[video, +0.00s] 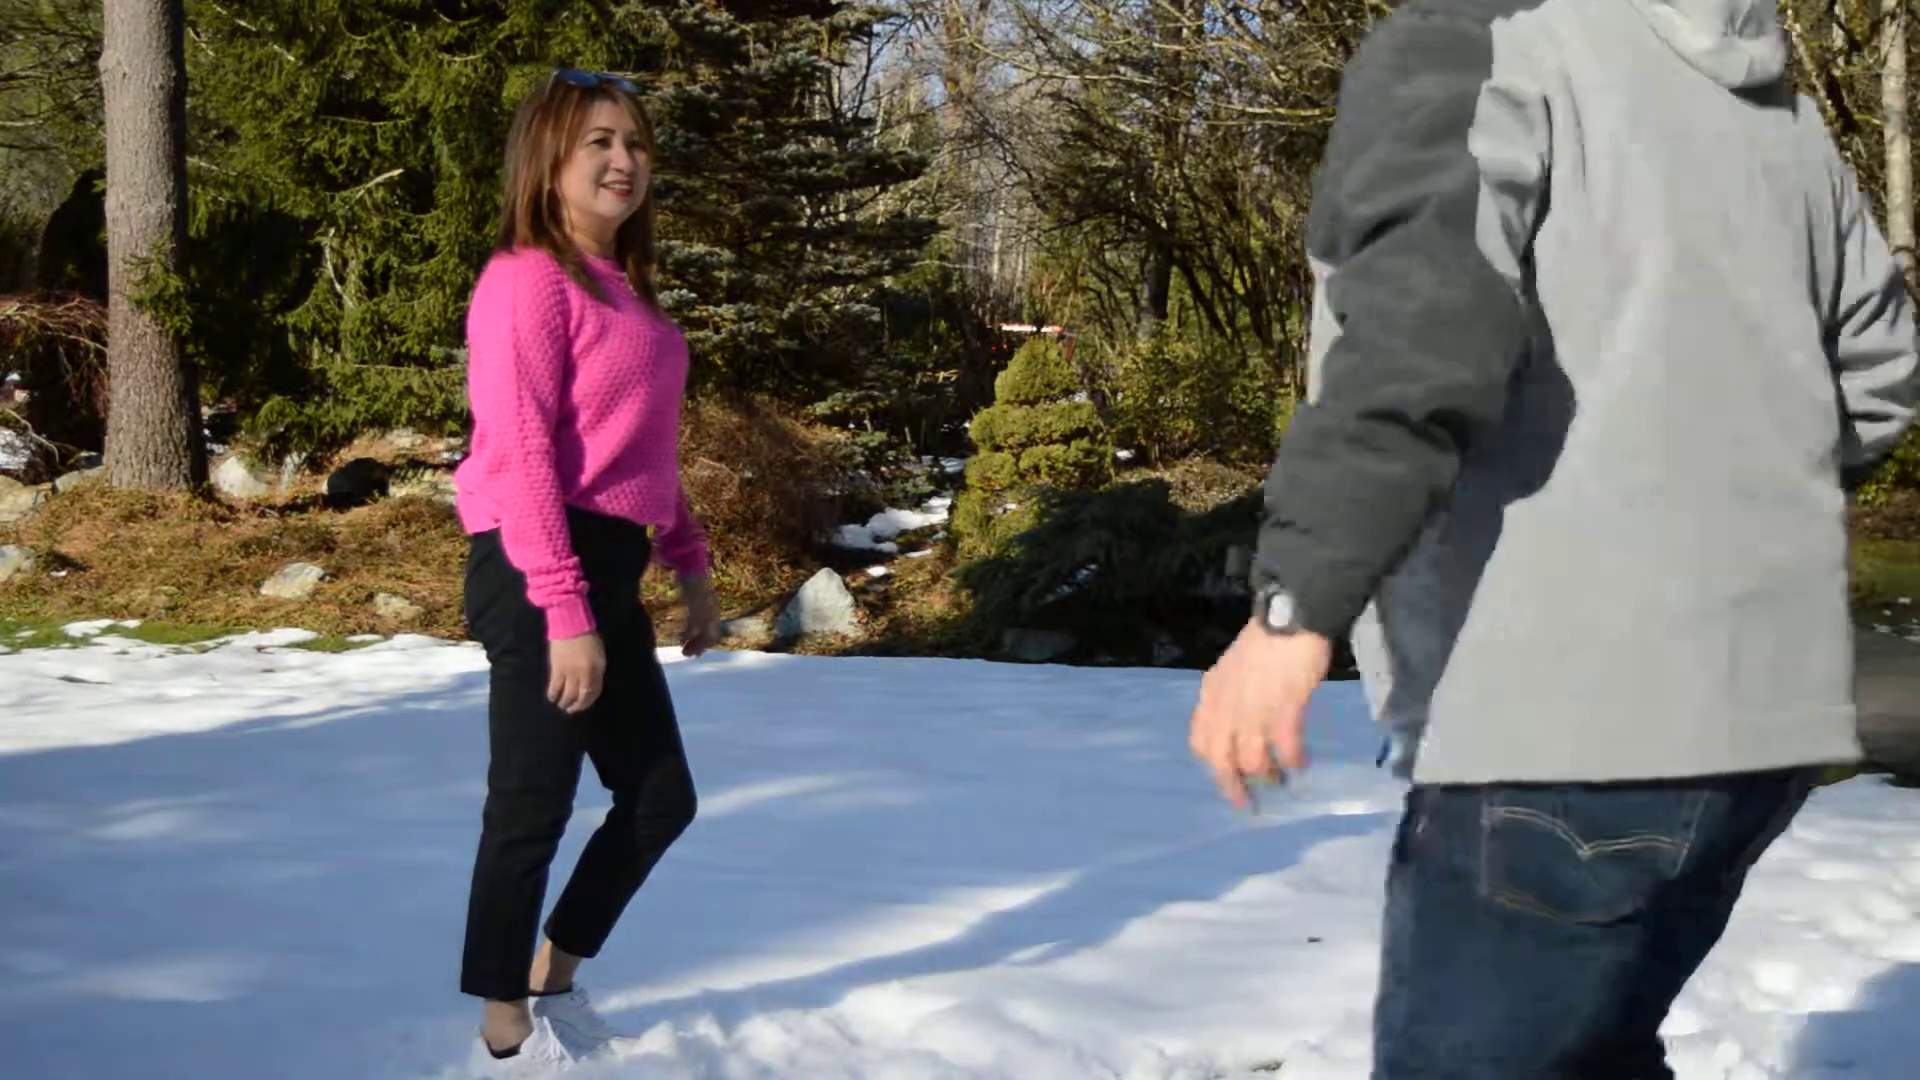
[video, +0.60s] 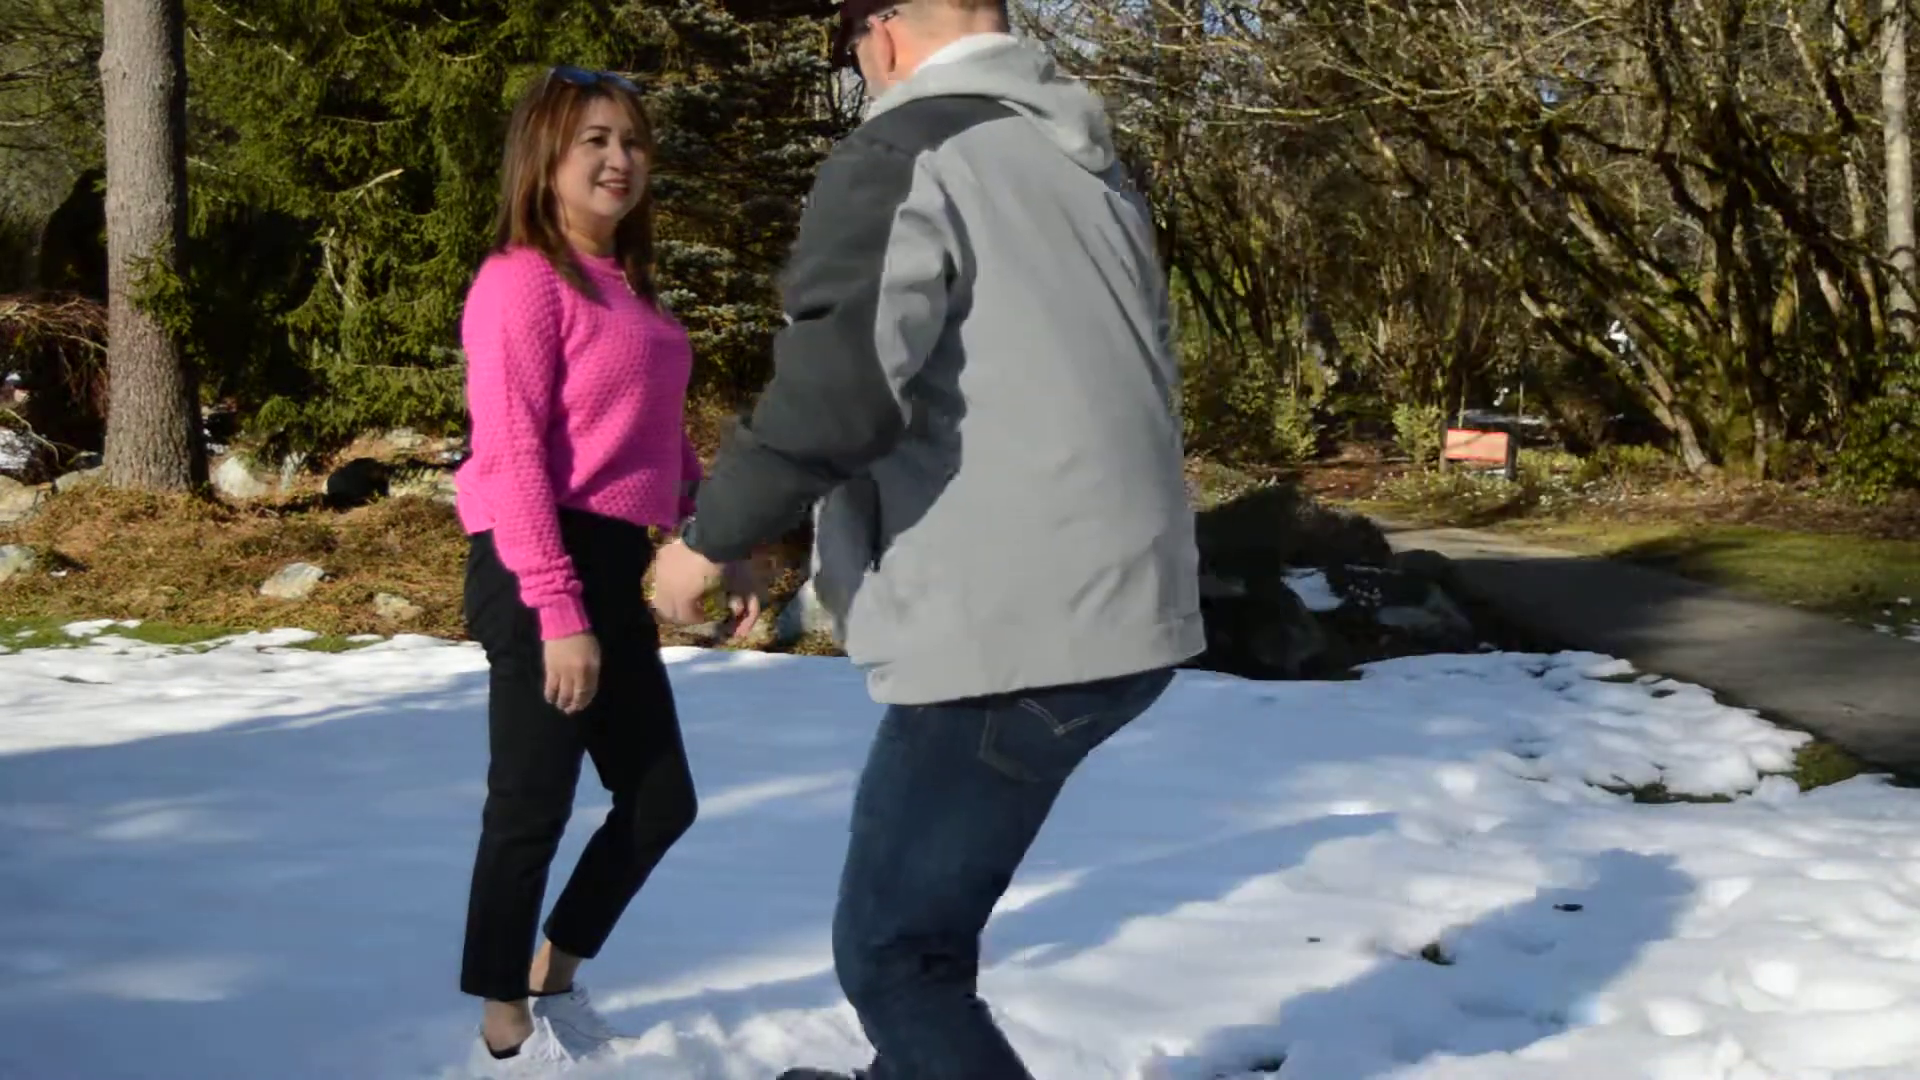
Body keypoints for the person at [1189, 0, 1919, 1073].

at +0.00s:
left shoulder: (1458, 41)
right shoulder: (1771, 92)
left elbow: (1430, 336)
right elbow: (1882, 373)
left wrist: (1292, 612)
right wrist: (1714, 496)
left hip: (1557, 733)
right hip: (1769, 723)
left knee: (1462, 1061)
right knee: (1608, 1052)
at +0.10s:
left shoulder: (1354, 61)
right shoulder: (1611, 91)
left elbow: (1419, 306)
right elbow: (1698, 331)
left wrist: (1397, 568)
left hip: (1474, 680)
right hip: (1672, 670)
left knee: (1271, 973)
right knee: (1557, 1030)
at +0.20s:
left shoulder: (1232, 29)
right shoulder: (1467, 45)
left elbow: (1353, 214)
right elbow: (1525, 295)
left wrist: (1379, 466)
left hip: (1329, 599)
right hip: (1549, 591)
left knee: (1182, 914)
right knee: (1507, 982)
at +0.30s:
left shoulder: (1119, 48)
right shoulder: (1349, 72)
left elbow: (1228, 251)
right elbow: (1371, 298)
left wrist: (1253, 508)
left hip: (1209, 614)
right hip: (1418, 591)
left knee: (1102, 967)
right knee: (1366, 953)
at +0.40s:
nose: (996, 37)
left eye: (994, 18)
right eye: (996, 21)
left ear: (1022, 14)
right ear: (1143, 5)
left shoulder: (1026, 149)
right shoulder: (1254, 154)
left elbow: (1053, 407)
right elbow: (1319, 380)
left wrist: (1034, 642)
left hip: (1120, 680)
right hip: (1292, 662)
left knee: (969, 968)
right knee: (1186, 939)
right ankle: (1436, 1069)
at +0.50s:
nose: (924, 84)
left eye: (921, 56)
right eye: (920, 61)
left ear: (951, 40)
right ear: (1066, 30)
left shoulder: (958, 169)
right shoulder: (1170, 174)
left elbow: (917, 424)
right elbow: (1240, 386)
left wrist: (813, 629)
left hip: (1056, 666)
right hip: (1214, 650)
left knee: (924, 967)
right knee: (1026, 859)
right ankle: (1168, 1060)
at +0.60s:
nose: (862, 76)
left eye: (859, 50)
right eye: (858, 55)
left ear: (886, 36)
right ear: (994, 25)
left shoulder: (898, 154)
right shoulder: (1091, 152)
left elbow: (840, 387)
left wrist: (709, 537)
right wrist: (830, 526)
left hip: (1009, 631)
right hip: (1126, 615)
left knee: (893, 958)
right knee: (928, 935)